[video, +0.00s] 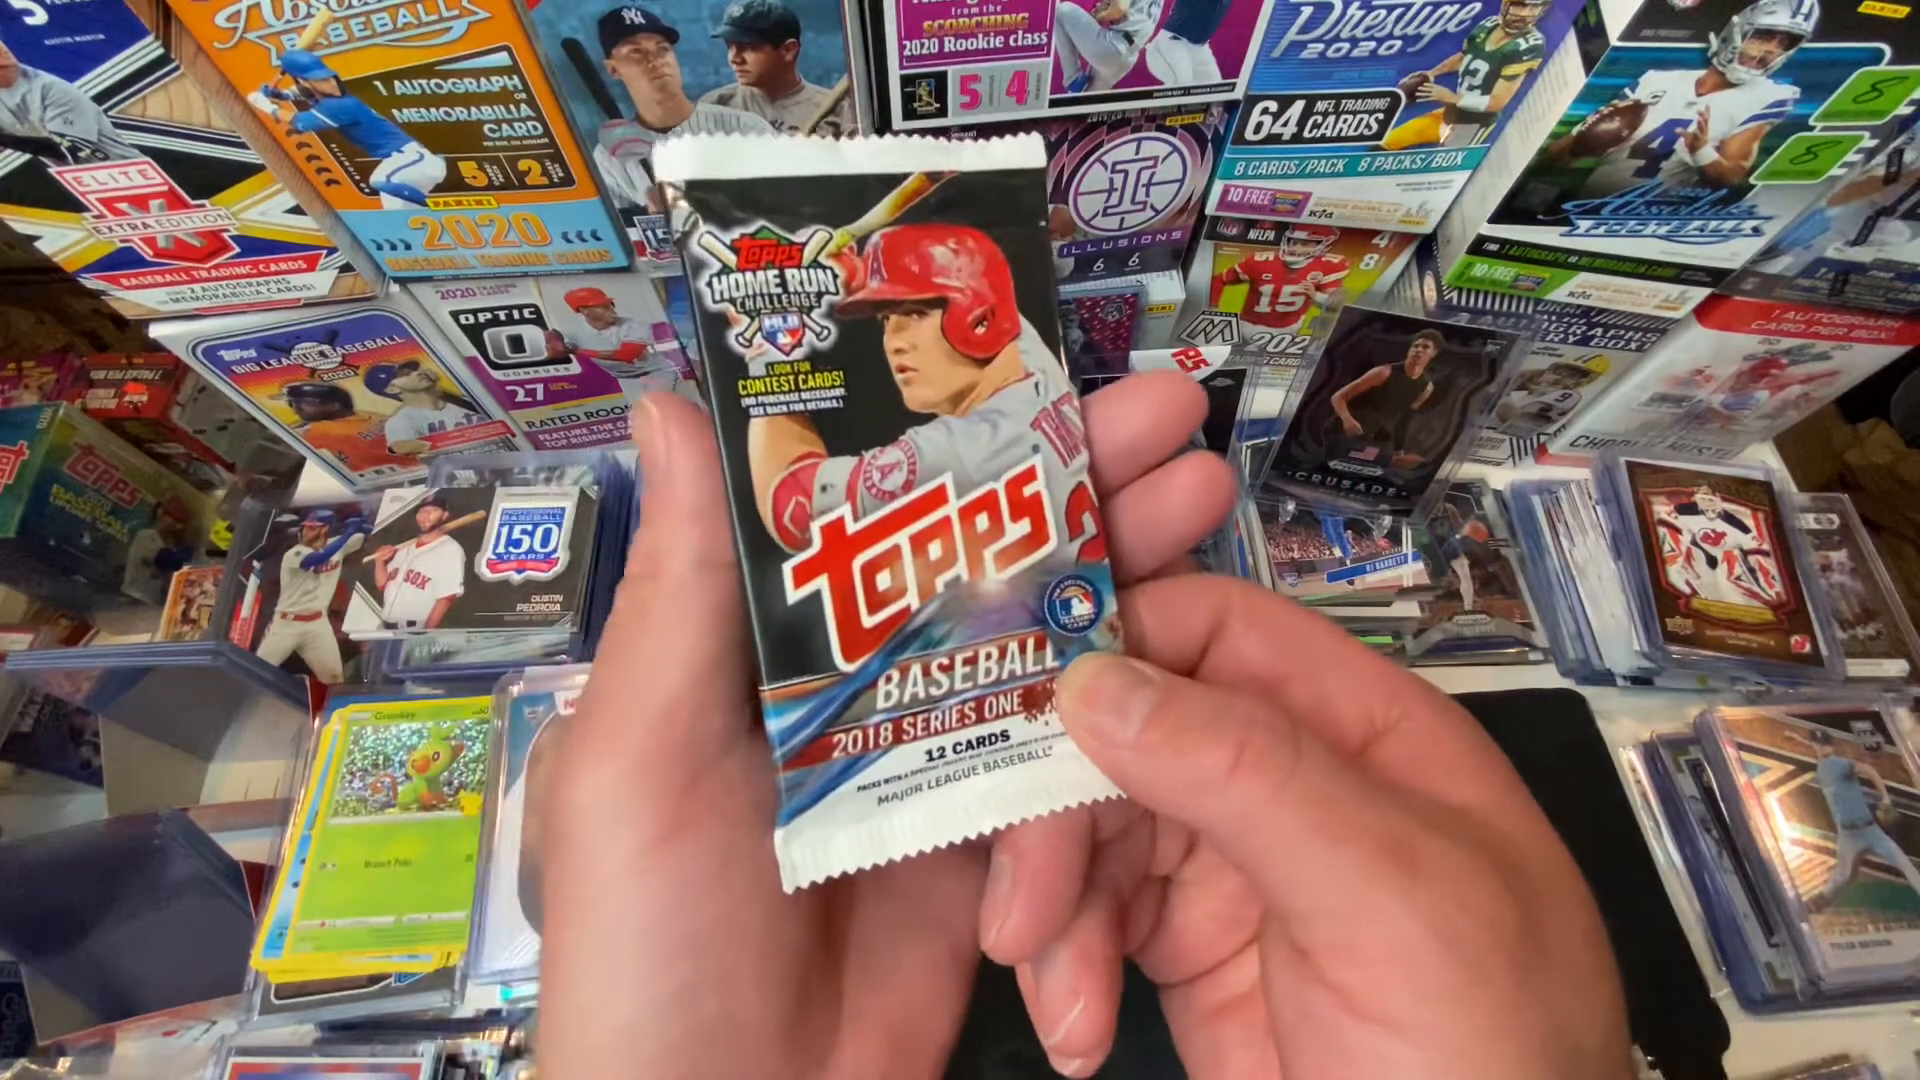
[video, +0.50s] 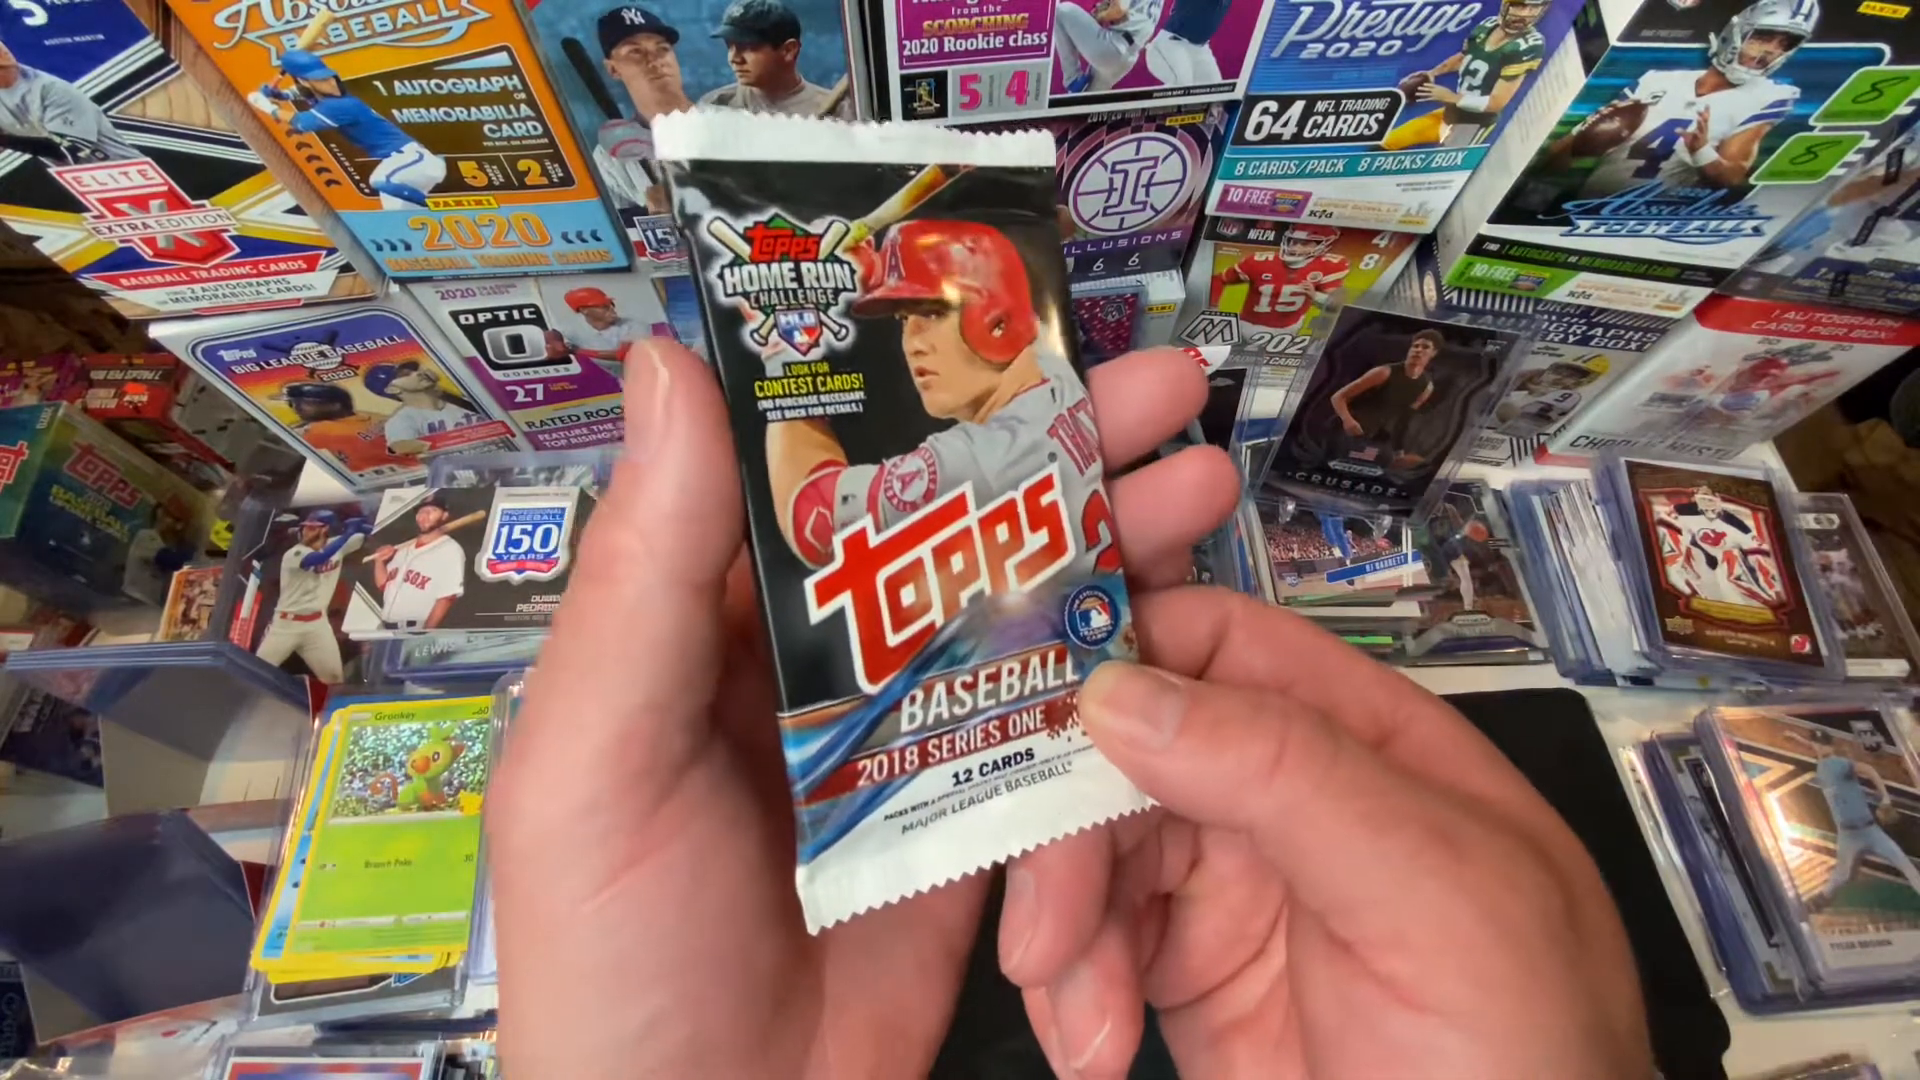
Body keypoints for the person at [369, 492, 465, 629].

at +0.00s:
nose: (425, 516)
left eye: (432, 511)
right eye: (422, 511)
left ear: (445, 515)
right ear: (416, 515)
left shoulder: (451, 550)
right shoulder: (405, 547)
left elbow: (446, 598)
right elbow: (382, 585)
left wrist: (425, 634)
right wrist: (379, 561)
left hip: (416, 631)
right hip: (386, 627)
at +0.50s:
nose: (424, 516)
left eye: (431, 511)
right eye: (421, 511)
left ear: (444, 515)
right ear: (416, 516)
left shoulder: (451, 550)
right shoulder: (405, 548)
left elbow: (446, 598)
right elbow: (382, 585)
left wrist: (425, 633)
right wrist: (379, 561)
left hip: (415, 630)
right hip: (385, 627)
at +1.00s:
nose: (425, 516)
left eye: (432, 511)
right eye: (422, 511)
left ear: (445, 516)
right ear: (416, 515)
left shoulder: (451, 550)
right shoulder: (405, 548)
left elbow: (446, 598)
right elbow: (383, 585)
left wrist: (425, 633)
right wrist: (379, 561)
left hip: (415, 630)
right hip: (385, 627)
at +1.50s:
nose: (426, 517)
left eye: (432, 511)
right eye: (422, 511)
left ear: (445, 515)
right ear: (416, 515)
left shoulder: (451, 550)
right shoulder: (405, 548)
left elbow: (447, 598)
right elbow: (382, 585)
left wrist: (425, 633)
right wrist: (379, 561)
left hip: (416, 631)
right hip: (386, 627)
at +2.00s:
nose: (425, 516)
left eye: (432, 511)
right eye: (422, 511)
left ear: (445, 516)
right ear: (416, 515)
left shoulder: (450, 550)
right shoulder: (406, 548)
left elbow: (447, 598)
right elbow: (382, 585)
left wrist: (425, 634)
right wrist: (379, 561)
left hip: (416, 631)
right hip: (386, 627)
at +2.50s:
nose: (426, 517)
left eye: (433, 511)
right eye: (422, 511)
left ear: (444, 515)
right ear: (416, 515)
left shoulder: (451, 550)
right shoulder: (405, 548)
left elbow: (446, 599)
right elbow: (383, 586)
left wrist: (424, 634)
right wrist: (380, 562)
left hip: (415, 631)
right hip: (386, 627)